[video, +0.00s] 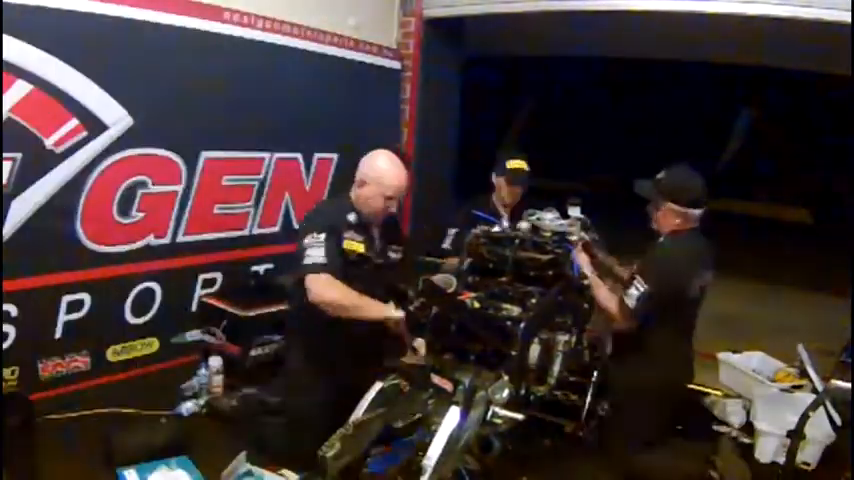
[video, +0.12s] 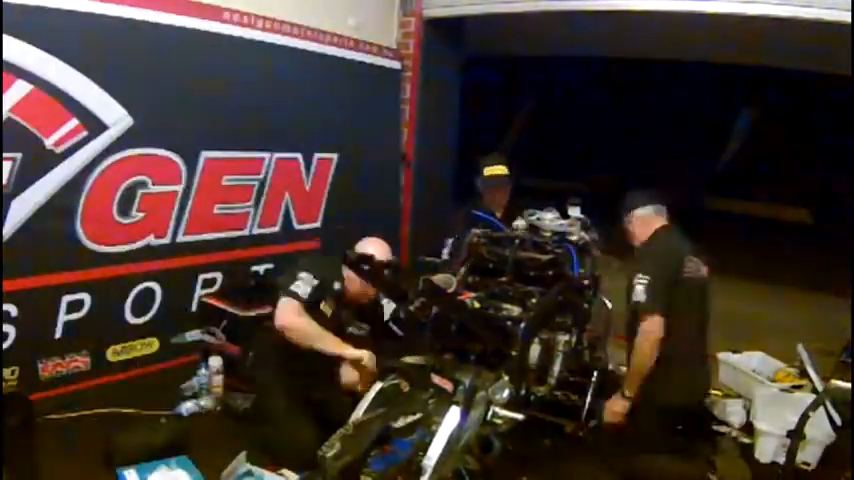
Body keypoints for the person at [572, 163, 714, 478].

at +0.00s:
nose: (651, 210)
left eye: (656, 205)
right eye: (653, 203)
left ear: (670, 212)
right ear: (689, 213)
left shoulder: (664, 256)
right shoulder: (698, 249)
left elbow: (621, 314)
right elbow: (641, 282)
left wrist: (588, 271)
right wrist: (601, 259)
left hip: (645, 374)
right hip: (673, 368)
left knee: (621, 450)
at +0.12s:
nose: (631, 236)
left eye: (629, 228)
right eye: (629, 229)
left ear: (635, 220)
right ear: (663, 217)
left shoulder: (653, 255)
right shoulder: (689, 252)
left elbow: (651, 330)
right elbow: (692, 330)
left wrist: (625, 395)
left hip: (659, 401)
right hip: (689, 397)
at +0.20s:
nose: (640, 198)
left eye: (646, 193)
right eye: (643, 192)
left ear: (662, 204)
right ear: (670, 205)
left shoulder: (666, 250)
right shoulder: (680, 242)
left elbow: (626, 320)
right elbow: (642, 286)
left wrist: (590, 264)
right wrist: (607, 250)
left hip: (638, 383)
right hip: (651, 376)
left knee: (612, 459)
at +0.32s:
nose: (646, 211)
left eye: (649, 202)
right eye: (646, 203)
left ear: (667, 199)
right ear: (676, 202)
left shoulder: (671, 243)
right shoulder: (688, 242)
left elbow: (634, 301)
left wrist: (604, 267)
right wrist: (612, 272)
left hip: (649, 374)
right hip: (668, 370)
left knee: (621, 451)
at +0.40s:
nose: (623, 199)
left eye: (630, 192)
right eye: (625, 193)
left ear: (653, 197)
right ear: (649, 198)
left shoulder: (658, 241)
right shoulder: (648, 235)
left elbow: (629, 310)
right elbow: (622, 283)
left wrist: (598, 277)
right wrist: (594, 270)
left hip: (637, 364)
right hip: (628, 355)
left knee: (613, 443)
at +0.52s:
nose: (657, 245)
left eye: (662, 238)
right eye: (652, 239)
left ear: (678, 228)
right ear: (645, 232)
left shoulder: (699, 260)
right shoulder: (647, 256)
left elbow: (713, 325)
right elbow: (620, 286)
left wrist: (683, 356)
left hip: (677, 362)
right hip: (644, 357)